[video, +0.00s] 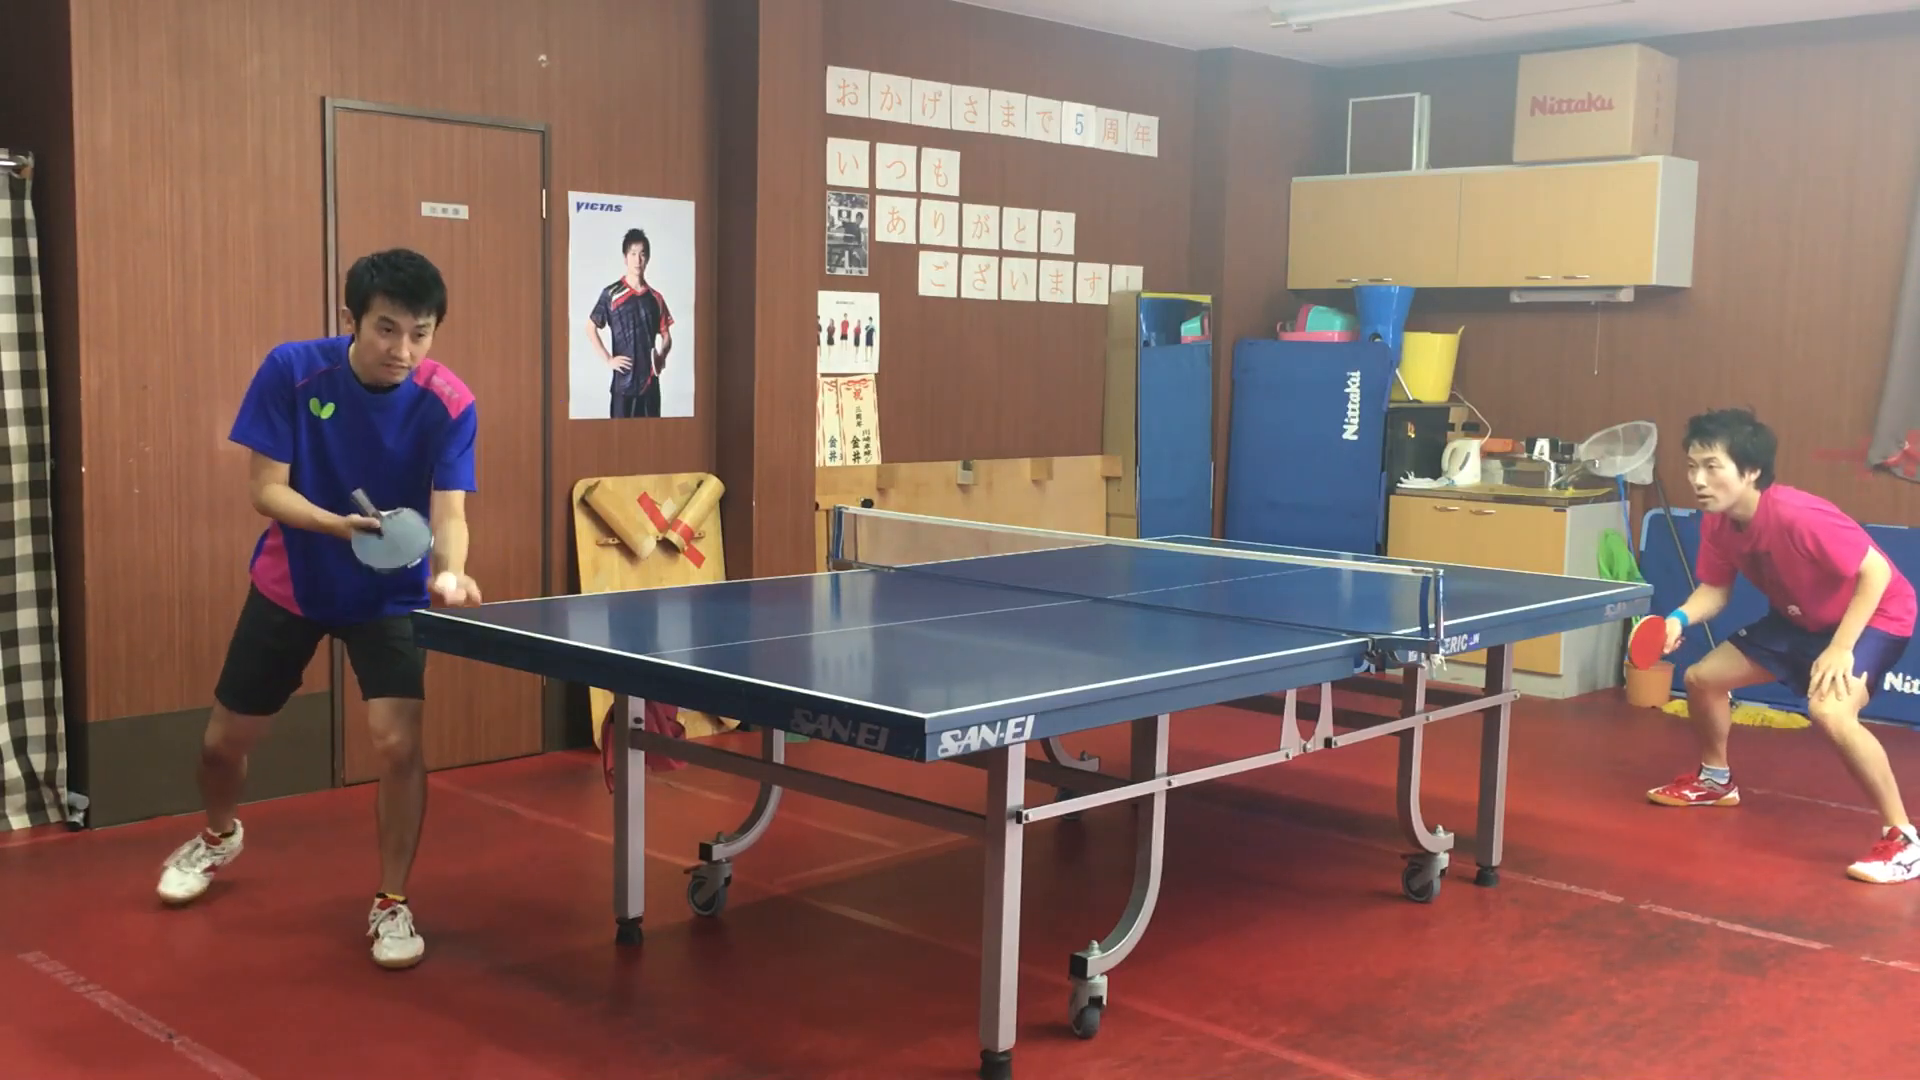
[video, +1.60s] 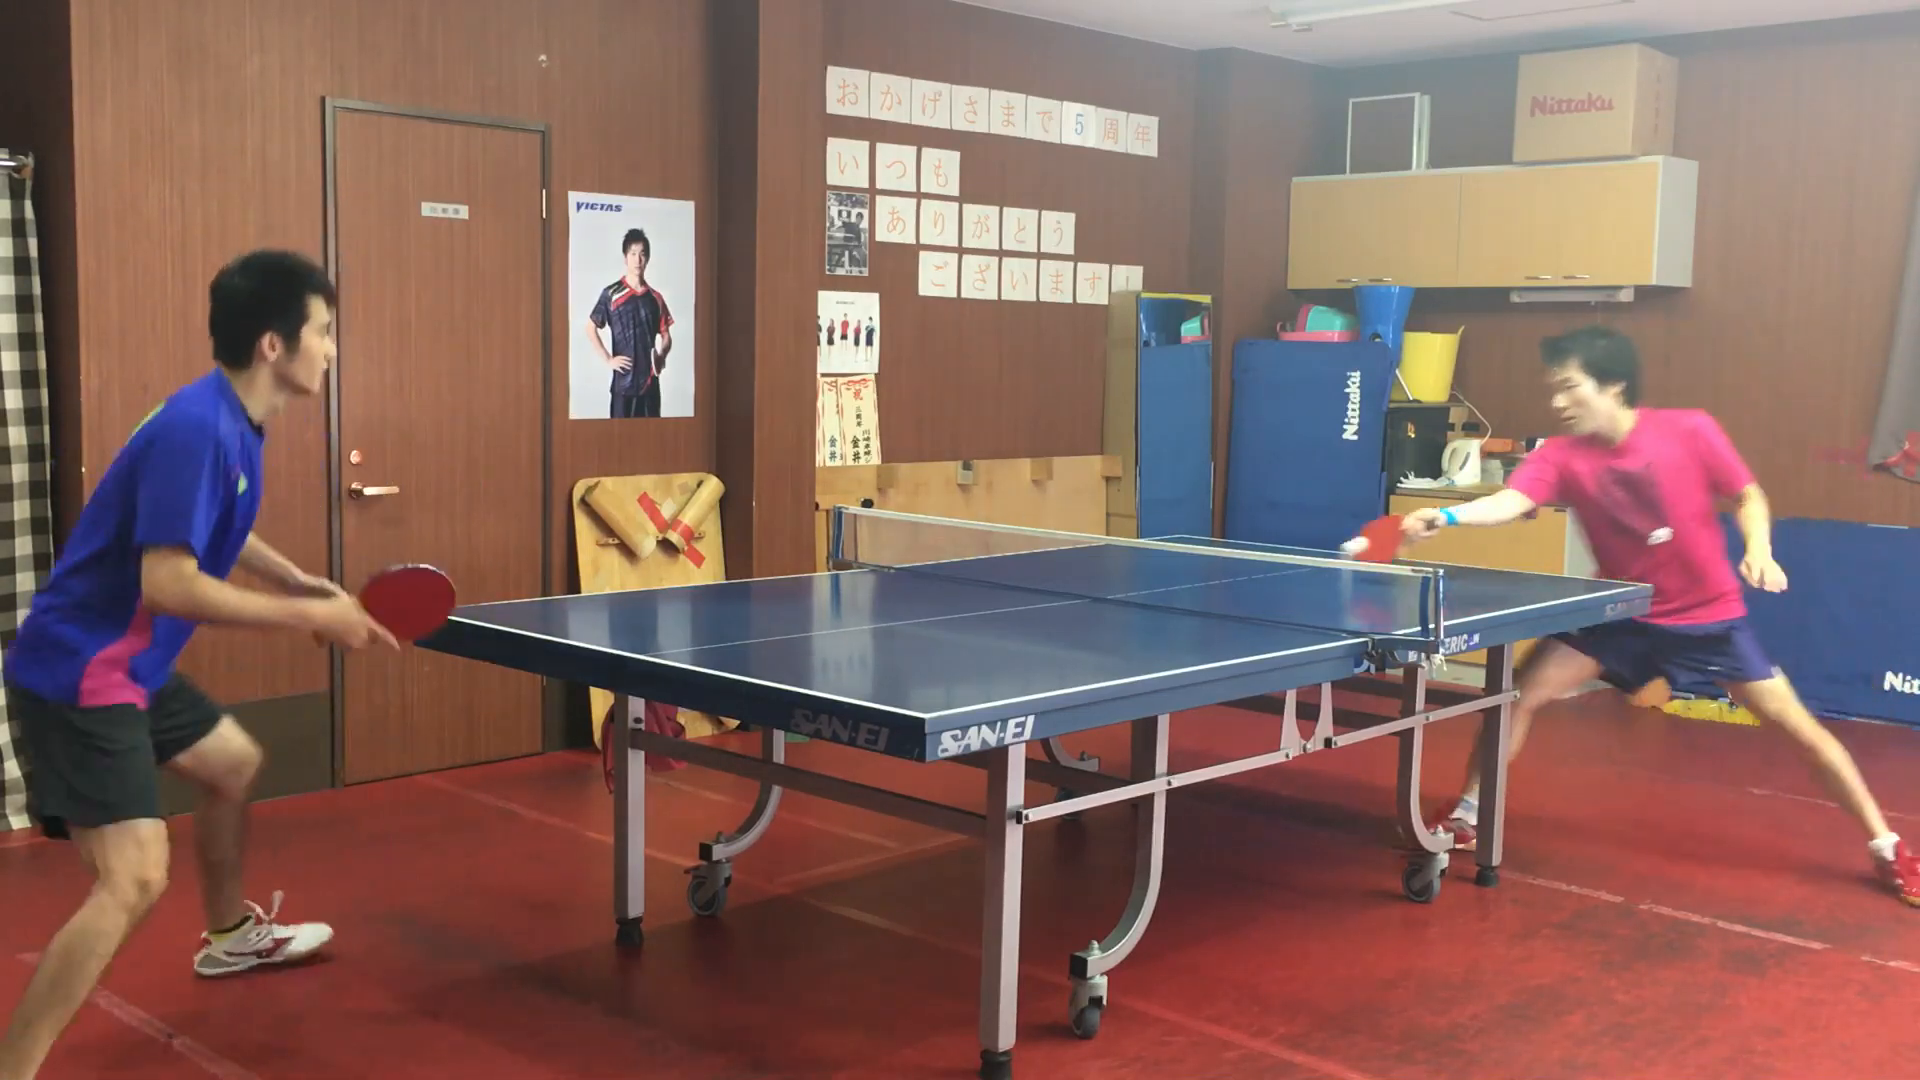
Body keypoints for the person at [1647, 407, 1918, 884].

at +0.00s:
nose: (1697, 480)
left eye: (1711, 467)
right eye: (1692, 467)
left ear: (1751, 473)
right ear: (1686, 470)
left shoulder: (1799, 517)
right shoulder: (1718, 521)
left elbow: (1877, 571)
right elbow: (1714, 590)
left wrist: (1841, 646)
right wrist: (1677, 620)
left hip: (1877, 617)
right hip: (1801, 617)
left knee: (1829, 711)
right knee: (1703, 679)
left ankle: (1903, 836)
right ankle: (1713, 780)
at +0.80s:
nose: (1703, 398)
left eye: (1719, 388)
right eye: (1701, 387)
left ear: (1757, 403)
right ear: (1699, 394)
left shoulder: (1797, 460)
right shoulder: (1714, 457)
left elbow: (1848, 536)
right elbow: (1714, 530)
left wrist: (1817, 611)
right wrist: (1670, 553)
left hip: (1831, 598)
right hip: (1764, 594)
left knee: (1829, 709)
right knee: (1681, 681)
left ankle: (1900, 834)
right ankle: (1713, 779)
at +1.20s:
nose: (1697, 357)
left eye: (1712, 345)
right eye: (1694, 345)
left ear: (1753, 353)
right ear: (1695, 351)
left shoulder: (1793, 410)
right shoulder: (1710, 422)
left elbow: (1854, 486)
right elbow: (1675, 490)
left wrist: (1799, 552)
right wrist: (1602, 507)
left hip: (1847, 572)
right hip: (1780, 569)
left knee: (1866, 707)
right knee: (1708, 674)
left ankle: (1919, 835)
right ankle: (1713, 807)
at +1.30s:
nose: (1695, 367)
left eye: (1709, 354)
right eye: (1693, 356)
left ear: (1753, 362)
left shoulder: (1811, 421)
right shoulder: (1704, 433)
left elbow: (1869, 495)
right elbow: (1648, 494)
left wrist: (1825, 564)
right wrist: (1568, 506)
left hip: (1838, 597)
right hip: (1757, 591)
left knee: (1876, 726)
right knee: (1666, 677)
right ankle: (1701, 797)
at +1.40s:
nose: (1674, 376)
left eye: (1687, 362)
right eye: (1673, 364)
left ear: (1734, 370)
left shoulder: (1800, 427)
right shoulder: (1679, 442)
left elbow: (1854, 505)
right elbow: (1616, 494)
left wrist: (1815, 560)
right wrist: (1536, 508)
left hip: (1808, 614)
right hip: (1725, 603)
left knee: (1863, 731)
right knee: (1616, 665)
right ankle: (1633, 795)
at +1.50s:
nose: (1621, 383)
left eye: (1631, 369)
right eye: (1617, 372)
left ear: (1679, 372)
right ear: (1631, 379)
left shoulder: (1751, 421)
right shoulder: (1628, 442)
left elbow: (1806, 495)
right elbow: (1567, 493)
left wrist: (1774, 545)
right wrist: (1493, 510)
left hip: (1765, 613)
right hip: (1677, 605)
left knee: (1840, 724)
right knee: (1574, 681)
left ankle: (1911, 842)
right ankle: (1504, 803)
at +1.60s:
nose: (1555, 400)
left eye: (1566, 386)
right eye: (1551, 388)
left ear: (1613, 386)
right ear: (1580, 393)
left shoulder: (1690, 432)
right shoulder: (1562, 457)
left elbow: (1748, 499)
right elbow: (1510, 503)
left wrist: (1758, 549)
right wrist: (1440, 516)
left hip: (1712, 620)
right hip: (1628, 620)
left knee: (1792, 722)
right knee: (1528, 687)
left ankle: (1887, 843)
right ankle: (1464, 819)